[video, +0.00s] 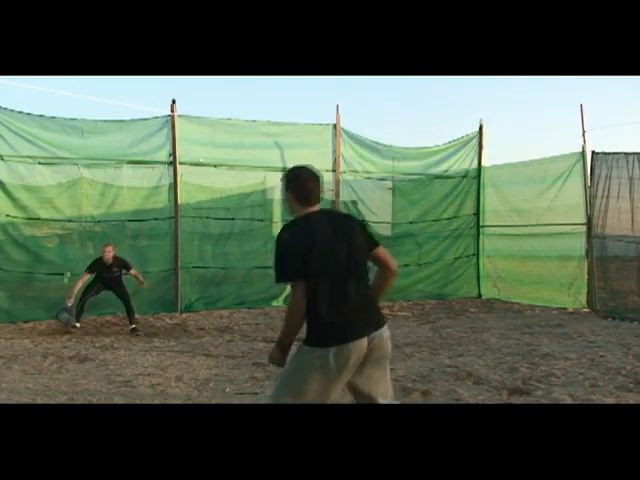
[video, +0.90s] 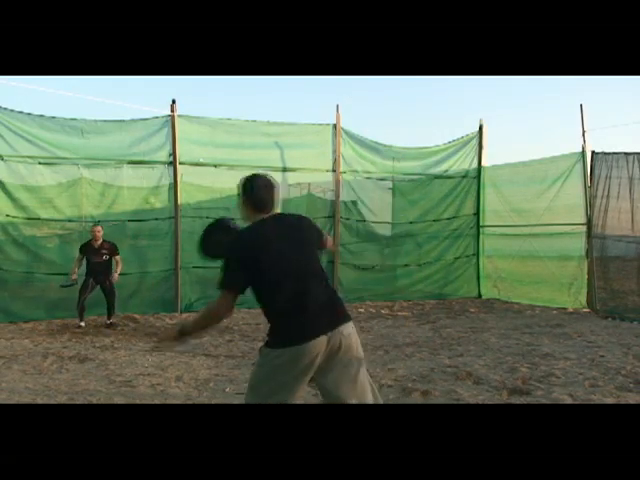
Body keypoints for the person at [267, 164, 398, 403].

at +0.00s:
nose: (285, 196)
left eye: (286, 191)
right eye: (287, 190)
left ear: (290, 196)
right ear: (319, 193)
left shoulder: (290, 235)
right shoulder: (346, 221)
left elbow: (299, 301)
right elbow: (390, 267)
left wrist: (282, 346)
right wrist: (369, 302)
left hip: (331, 343)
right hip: (376, 333)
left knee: (283, 399)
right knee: (380, 399)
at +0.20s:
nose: (320, 197)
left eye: (321, 192)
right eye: (322, 192)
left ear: (326, 196)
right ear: (354, 195)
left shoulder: (319, 231)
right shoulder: (384, 228)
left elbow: (313, 296)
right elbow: (410, 286)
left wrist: (286, 339)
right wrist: (387, 314)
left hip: (344, 346)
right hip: (393, 340)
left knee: (300, 400)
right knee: (397, 399)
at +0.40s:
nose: (336, 189)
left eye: (336, 183)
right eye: (337, 183)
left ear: (341, 186)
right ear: (370, 188)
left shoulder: (326, 219)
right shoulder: (394, 222)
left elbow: (312, 283)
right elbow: (412, 284)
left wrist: (286, 302)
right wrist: (382, 291)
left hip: (339, 337)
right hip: (390, 334)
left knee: (313, 398)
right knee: (398, 399)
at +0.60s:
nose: (316, 190)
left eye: (317, 186)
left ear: (321, 191)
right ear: (353, 191)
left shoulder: (308, 229)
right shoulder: (373, 227)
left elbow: (280, 285)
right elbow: (386, 282)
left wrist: (263, 273)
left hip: (330, 346)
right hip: (381, 341)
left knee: (291, 399)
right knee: (387, 400)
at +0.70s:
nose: (297, 197)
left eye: (298, 193)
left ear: (301, 197)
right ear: (328, 195)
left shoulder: (290, 234)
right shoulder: (350, 228)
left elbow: (263, 288)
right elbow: (362, 277)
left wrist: (242, 272)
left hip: (316, 348)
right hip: (367, 341)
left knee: (278, 400)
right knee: (378, 399)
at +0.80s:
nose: (267, 200)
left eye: (269, 195)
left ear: (274, 199)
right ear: (302, 197)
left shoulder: (266, 236)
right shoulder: (325, 227)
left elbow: (241, 293)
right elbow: (342, 267)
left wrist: (213, 295)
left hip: (300, 345)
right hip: (348, 337)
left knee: (266, 400)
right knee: (366, 399)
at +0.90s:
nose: (240, 206)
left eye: (241, 200)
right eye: (244, 199)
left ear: (246, 204)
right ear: (275, 200)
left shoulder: (243, 243)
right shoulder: (299, 223)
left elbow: (224, 307)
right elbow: (328, 244)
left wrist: (188, 329)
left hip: (294, 340)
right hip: (340, 327)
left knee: (262, 399)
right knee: (362, 398)